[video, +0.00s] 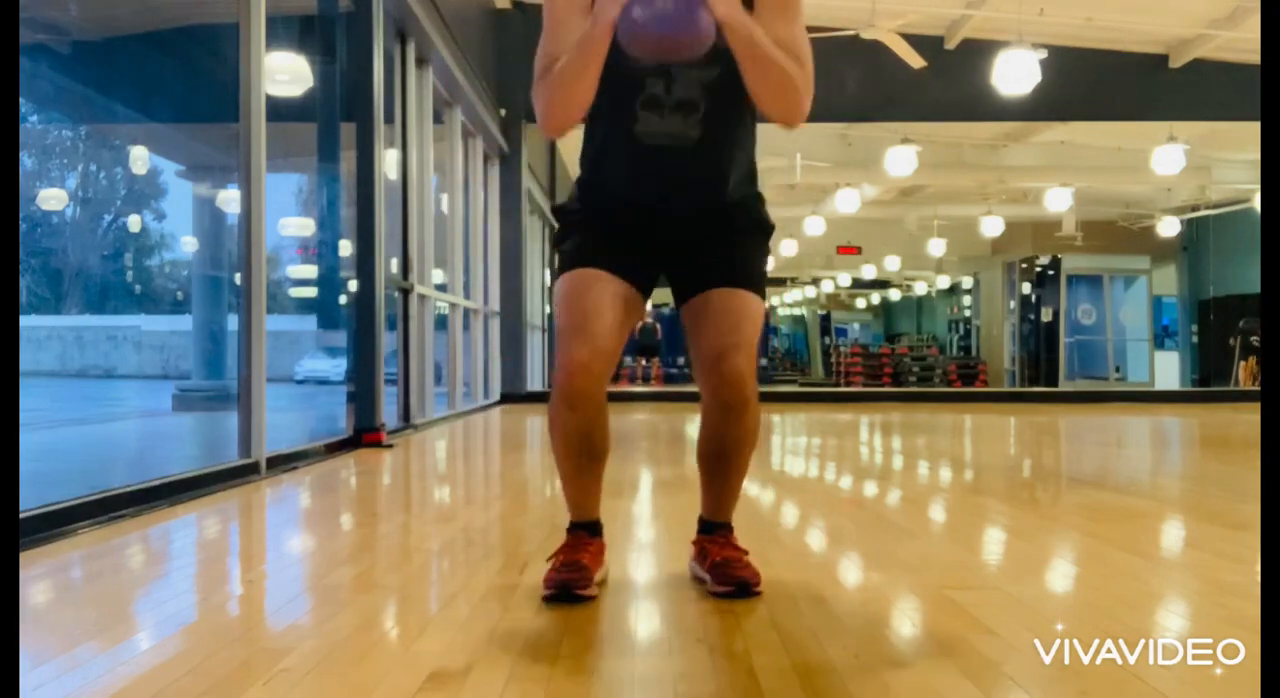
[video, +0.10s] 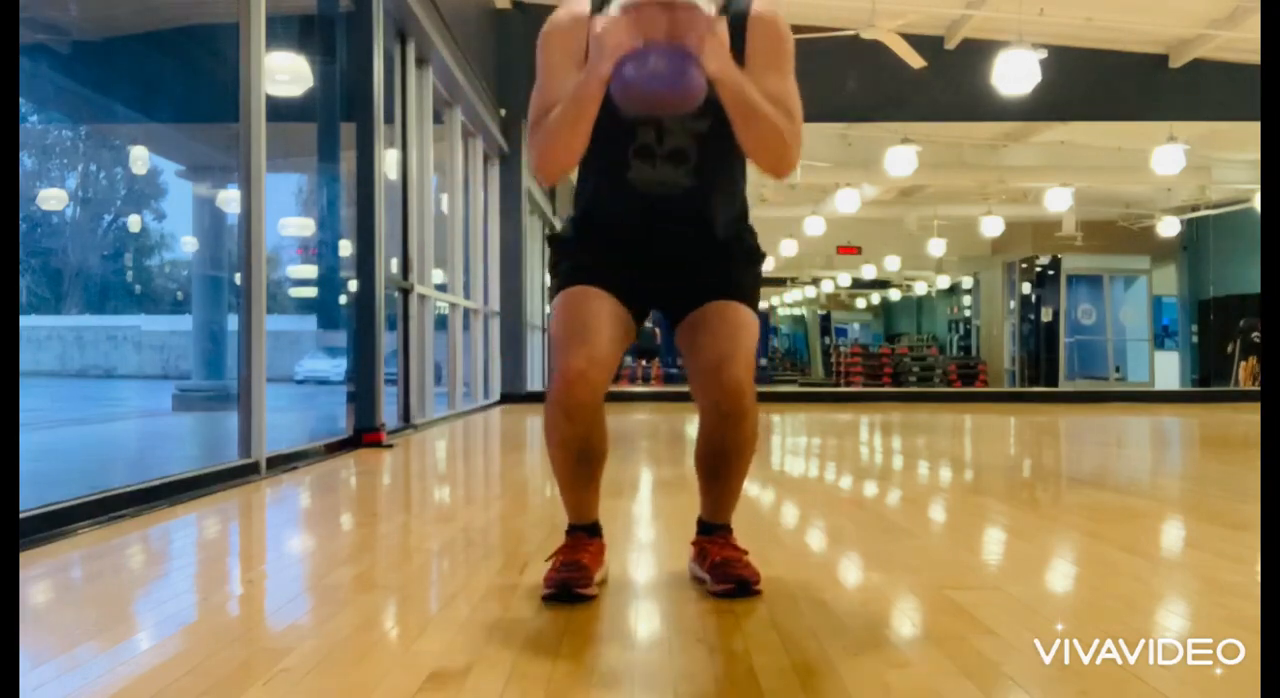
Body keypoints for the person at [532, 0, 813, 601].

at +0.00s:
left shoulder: (765, 3)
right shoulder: (577, 3)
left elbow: (791, 105)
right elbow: (554, 116)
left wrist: (727, 12)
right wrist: (605, 16)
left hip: (720, 213)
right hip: (612, 210)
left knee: (732, 380)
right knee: (577, 369)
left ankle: (716, 537)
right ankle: (582, 536)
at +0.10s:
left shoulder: (756, 21)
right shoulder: (574, 23)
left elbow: (781, 156)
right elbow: (546, 164)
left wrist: (719, 60)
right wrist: (600, 66)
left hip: (710, 243)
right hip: (606, 240)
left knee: (731, 390)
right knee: (574, 380)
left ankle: (715, 538)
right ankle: (581, 538)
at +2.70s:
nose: (348, 12)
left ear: (404, 16)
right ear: (310, 13)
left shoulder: (446, 131)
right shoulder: (255, 118)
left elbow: (475, 269)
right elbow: (213, 261)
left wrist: (406, 179)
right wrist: (275, 178)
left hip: (416, 332)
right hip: (297, 331)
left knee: (544, 426)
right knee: (206, 398)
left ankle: (699, 537)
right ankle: (238, 541)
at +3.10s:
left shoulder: (589, 6)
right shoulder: (406, 2)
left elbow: (617, 131)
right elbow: (374, 119)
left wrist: (564, 36)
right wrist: (443, 22)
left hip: (542, 227)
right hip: (424, 224)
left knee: (631, 371)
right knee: (317, 379)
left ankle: (710, 534)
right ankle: (245, 544)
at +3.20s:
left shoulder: (644, 1)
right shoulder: (468, 1)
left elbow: (675, 92)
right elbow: (439, 91)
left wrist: (614, 1)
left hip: (602, 201)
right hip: (488, 198)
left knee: (665, 361)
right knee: (383, 360)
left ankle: (713, 534)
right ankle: (268, 523)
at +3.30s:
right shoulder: (516, 4)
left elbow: (722, 64)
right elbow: (485, 74)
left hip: (644, 177)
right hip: (535, 174)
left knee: (691, 353)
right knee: (442, 340)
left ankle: (716, 535)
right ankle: (373, 511)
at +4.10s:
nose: (670, 2)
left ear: (715, 7)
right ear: (630, 7)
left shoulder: (762, 104)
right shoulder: (584, 108)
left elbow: (792, 236)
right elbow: (556, 247)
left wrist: (732, 154)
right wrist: (612, 157)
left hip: (723, 295)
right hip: (622, 294)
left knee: (731, 392)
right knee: (615, 391)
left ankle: (718, 539)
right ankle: (630, 539)